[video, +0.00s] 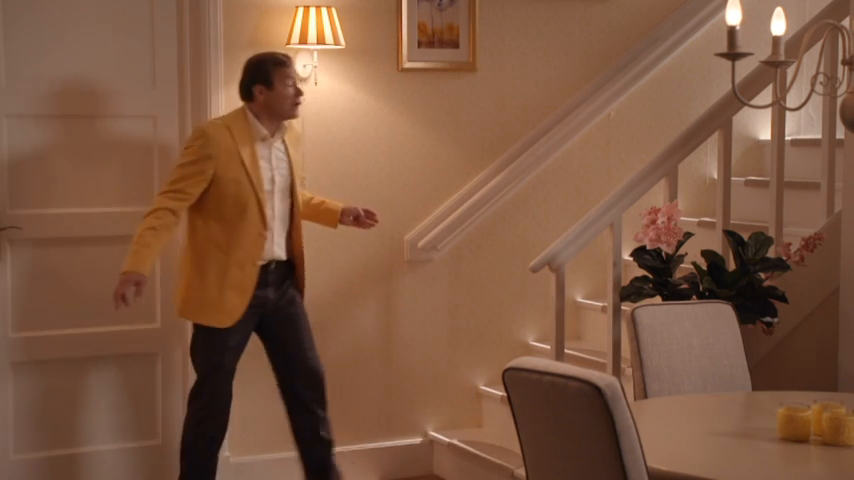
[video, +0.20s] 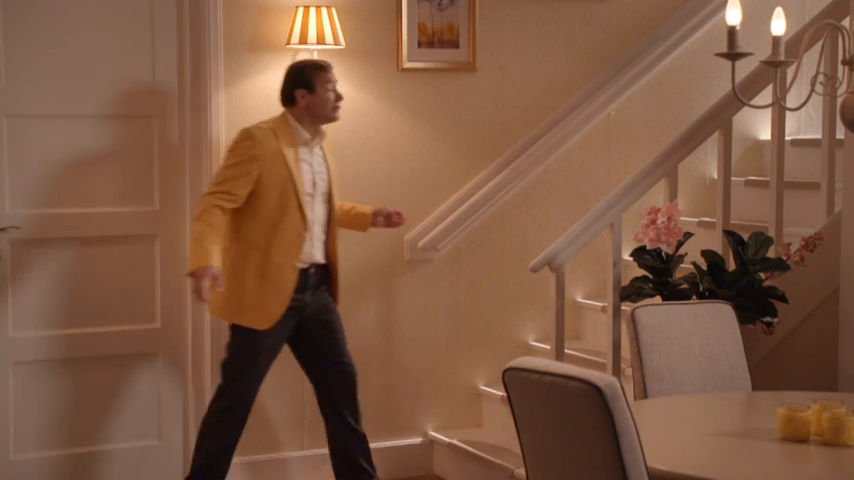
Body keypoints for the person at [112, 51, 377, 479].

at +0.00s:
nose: (300, 93)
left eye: (298, 85)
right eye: (290, 86)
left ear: (273, 95)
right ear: (259, 93)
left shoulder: (286, 138)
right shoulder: (214, 137)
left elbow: (287, 201)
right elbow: (171, 204)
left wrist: (340, 214)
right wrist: (138, 264)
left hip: (279, 285)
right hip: (226, 290)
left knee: (308, 386)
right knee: (211, 400)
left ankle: (325, 476)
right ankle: (195, 479)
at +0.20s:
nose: (339, 96)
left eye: (337, 88)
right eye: (331, 89)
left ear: (310, 98)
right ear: (302, 97)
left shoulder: (317, 148)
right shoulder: (257, 142)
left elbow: (321, 209)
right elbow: (217, 203)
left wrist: (371, 217)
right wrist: (205, 259)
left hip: (313, 290)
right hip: (265, 292)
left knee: (340, 383)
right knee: (235, 398)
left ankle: (358, 476)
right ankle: (203, 478)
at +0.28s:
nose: (357, 95)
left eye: (355, 89)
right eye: (349, 89)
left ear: (328, 98)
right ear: (321, 97)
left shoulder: (334, 147)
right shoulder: (279, 142)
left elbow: (338, 210)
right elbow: (244, 206)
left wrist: (389, 216)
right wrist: (237, 260)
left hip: (333, 290)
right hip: (289, 293)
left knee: (358, 387)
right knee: (255, 396)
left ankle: (362, 476)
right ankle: (211, 477)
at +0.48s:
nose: (389, 86)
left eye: (387, 79)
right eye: (381, 79)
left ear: (359, 87)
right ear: (354, 86)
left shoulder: (365, 137)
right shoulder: (316, 131)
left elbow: (373, 196)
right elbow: (286, 199)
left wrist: (423, 190)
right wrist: (306, 253)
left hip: (359, 285)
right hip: (320, 283)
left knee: (360, 387)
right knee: (318, 377)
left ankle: (362, 473)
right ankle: (270, 474)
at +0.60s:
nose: (402, 85)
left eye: (400, 77)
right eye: (395, 78)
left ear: (374, 86)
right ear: (368, 85)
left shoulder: (376, 135)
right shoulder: (333, 129)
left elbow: (385, 193)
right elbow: (302, 193)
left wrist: (433, 178)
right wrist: (326, 248)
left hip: (368, 282)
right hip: (335, 281)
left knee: (362, 383)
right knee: (347, 383)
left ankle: (359, 472)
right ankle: (318, 476)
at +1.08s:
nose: (420, 86)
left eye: (418, 78)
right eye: (415, 78)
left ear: (390, 85)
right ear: (392, 85)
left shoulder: (382, 129)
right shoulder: (366, 129)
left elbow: (377, 203)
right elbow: (349, 203)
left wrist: (412, 199)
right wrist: (385, 251)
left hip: (396, 278)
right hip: (370, 281)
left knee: (423, 362)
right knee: (380, 379)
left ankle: (395, 465)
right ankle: (369, 474)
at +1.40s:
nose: (427, 80)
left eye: (425, 73)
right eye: (421, 73)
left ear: (398, 83)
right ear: (397, 81)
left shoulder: (405, 130)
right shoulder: (369, 131)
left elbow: (424, 179)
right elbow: (354, 200)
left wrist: (474, 166)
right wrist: (384, 233)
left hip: (418, 277)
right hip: (388, 280)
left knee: (412, 380)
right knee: (387, 382)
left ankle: (410, 470)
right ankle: (370, 473)